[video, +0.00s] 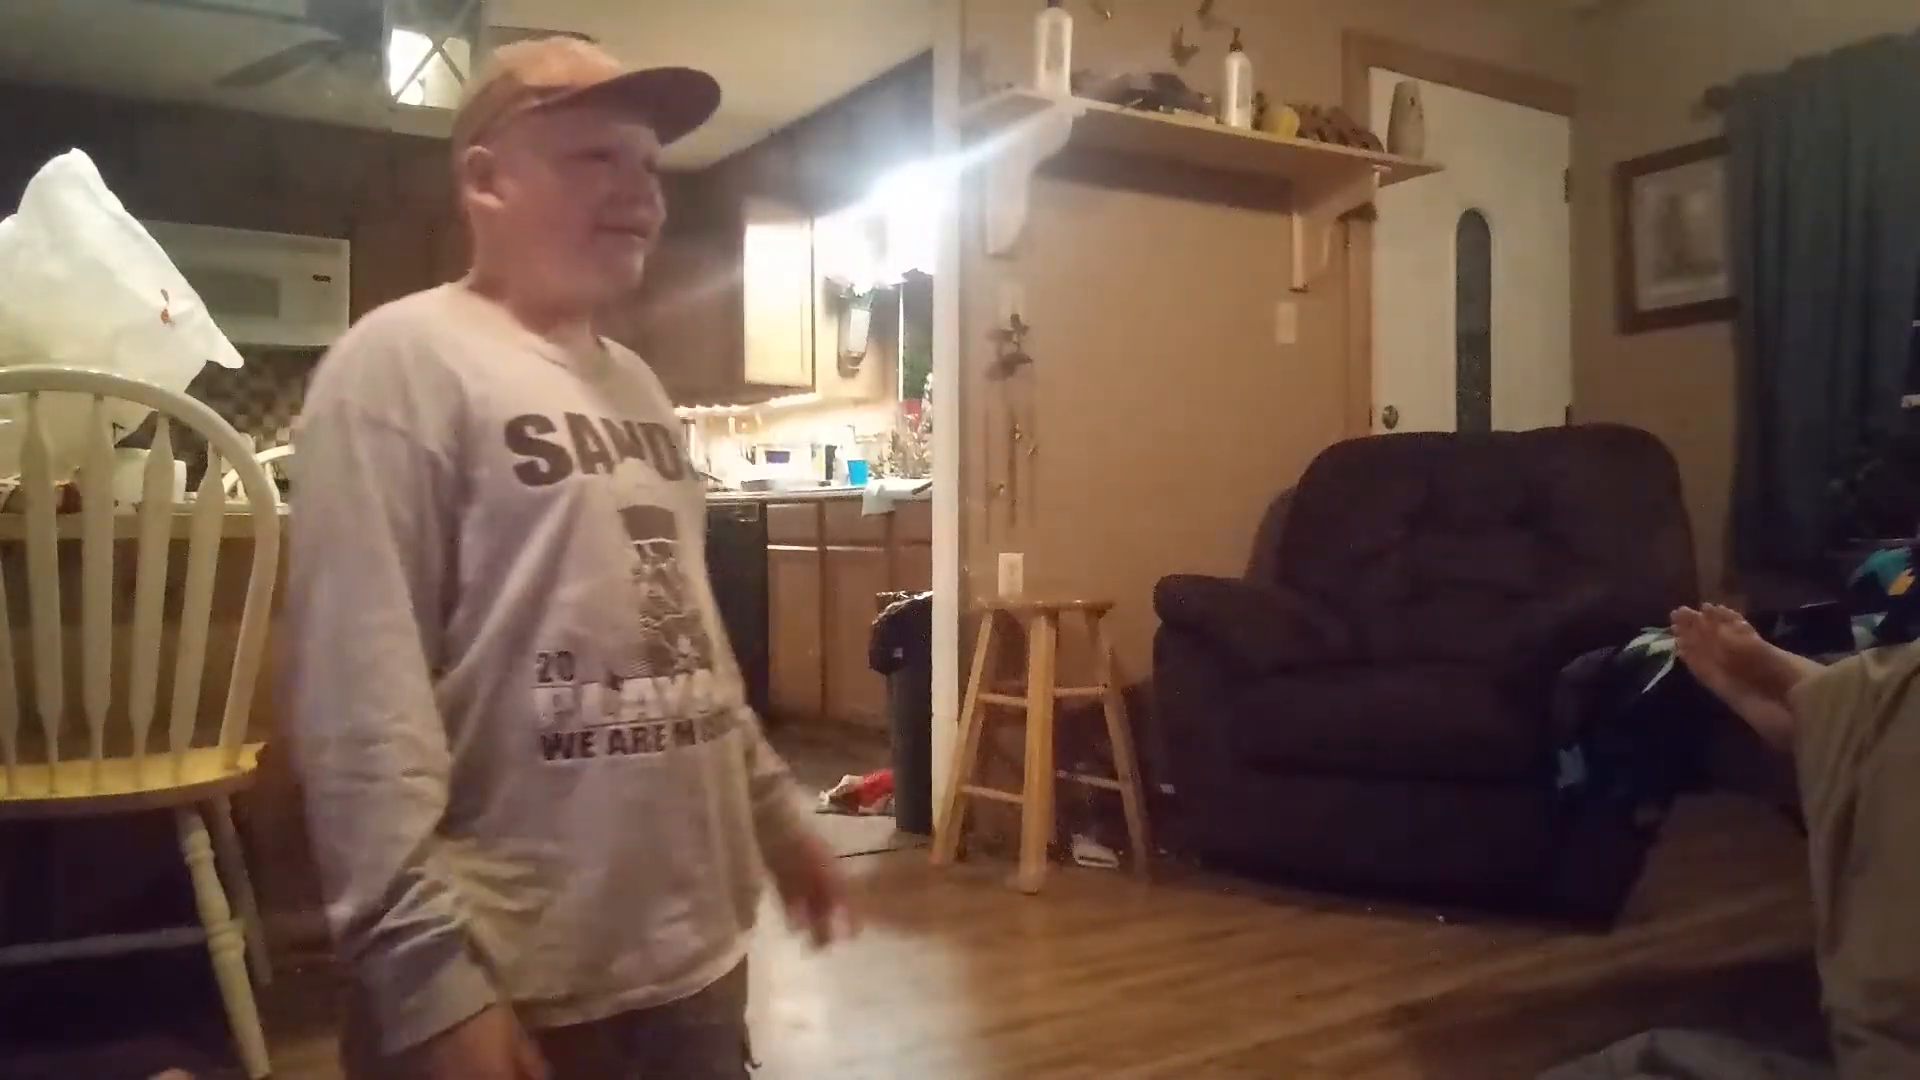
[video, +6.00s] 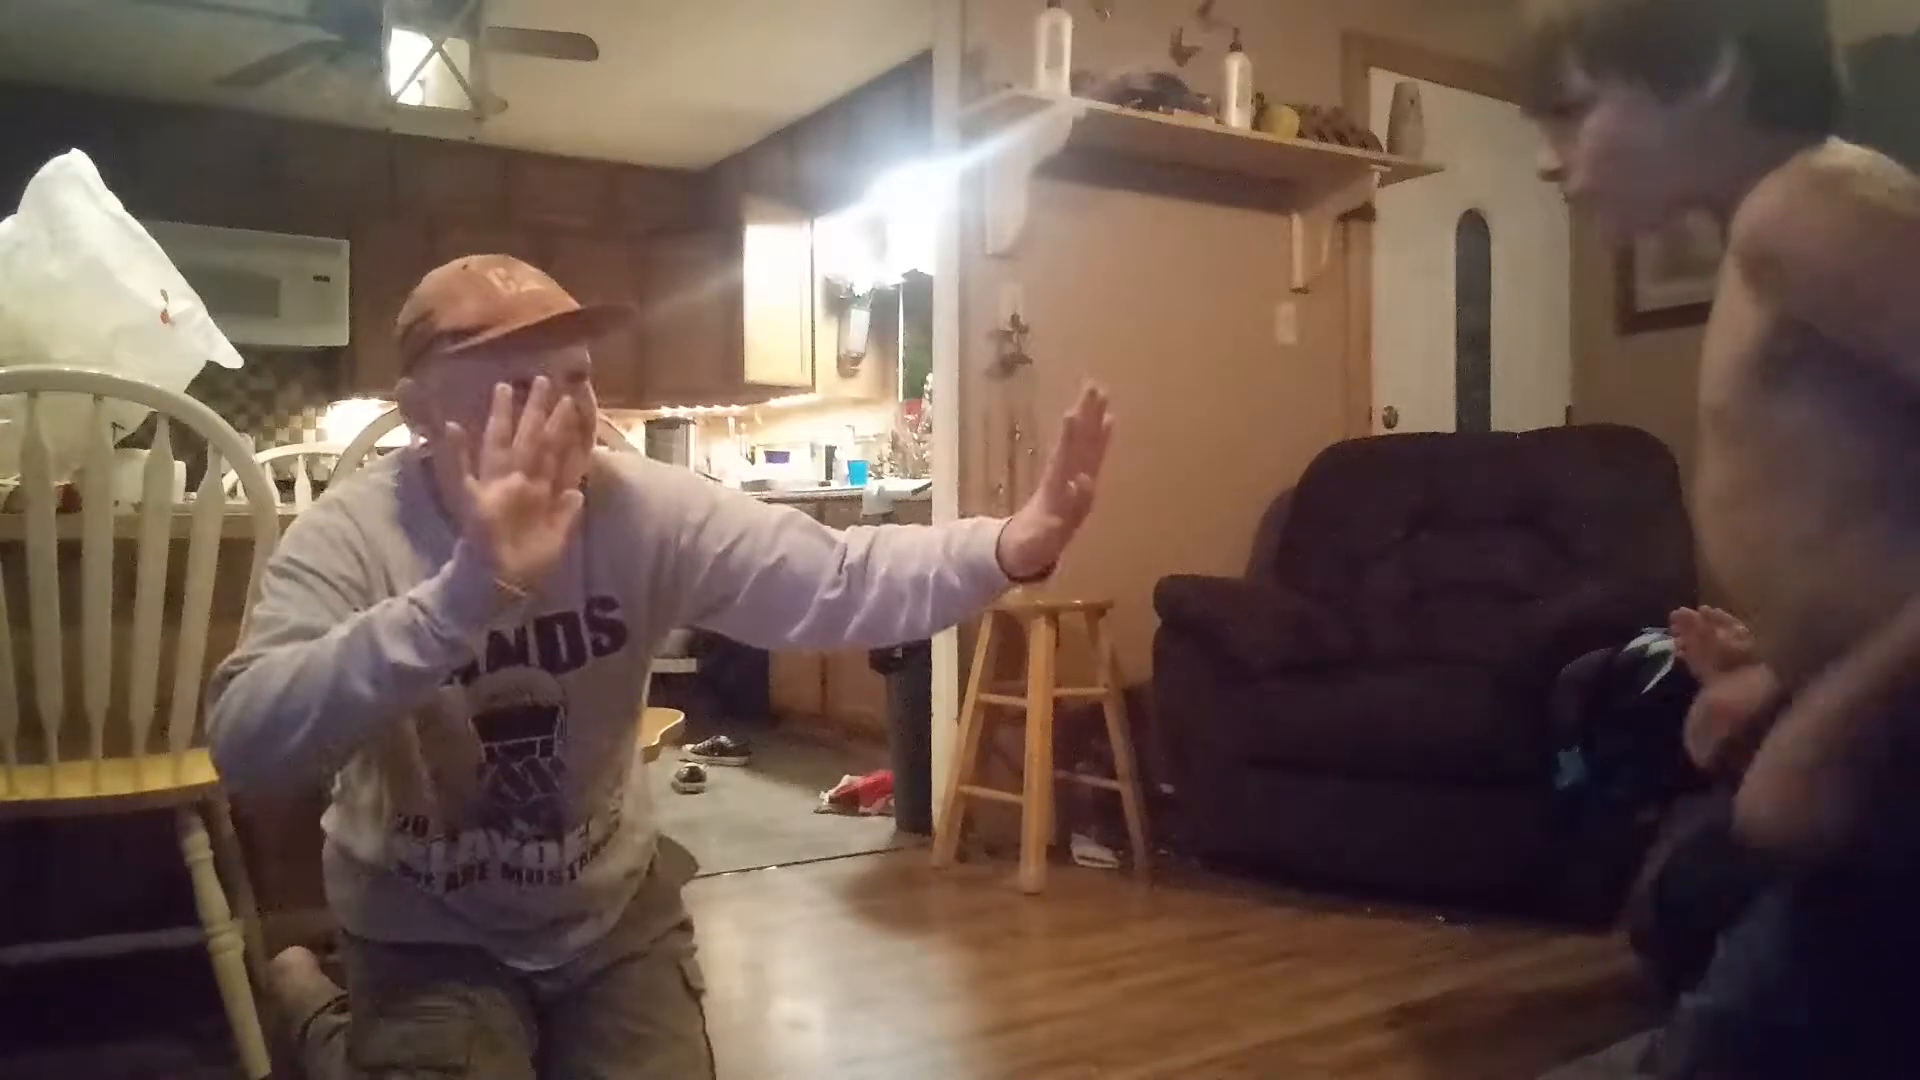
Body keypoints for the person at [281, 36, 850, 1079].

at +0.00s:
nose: (644, 196)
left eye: (652, 168)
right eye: (597, 156)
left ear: (657, 190)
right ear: (484, 177)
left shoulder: (639, 387)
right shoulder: (396, 361)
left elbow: (687, 644)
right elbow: (354, 689)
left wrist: (779, 820)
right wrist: (430, 984)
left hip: (692, 972)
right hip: (503, 995)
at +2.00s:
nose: (706, 223)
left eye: (711, 203)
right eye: (661, 200)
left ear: (723, 230)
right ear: (565, 230)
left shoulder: (726, 410)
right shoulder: (466, 386)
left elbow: (817, 582)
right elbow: (387, 635)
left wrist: (946, 572)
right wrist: (591, 551)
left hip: (682, 935)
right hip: (483, 948)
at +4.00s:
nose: (598, 370)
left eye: (607, 343)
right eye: (557, 349)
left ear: (621, 351)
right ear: (465, 375)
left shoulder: (660, 498)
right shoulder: (356, 527)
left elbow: (844, 539)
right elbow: (192, 747)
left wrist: (1016, 476)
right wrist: (318, 675)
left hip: (604, 919)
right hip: (393, 932)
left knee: (676, 1066)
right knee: (364, 1067)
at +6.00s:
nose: (574, 401)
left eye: (579, 372)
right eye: (531, 378)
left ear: (593, 378)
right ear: (428, 410)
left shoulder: (643, 508)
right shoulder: (349, 535)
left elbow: (833, 577)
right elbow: (248, 744)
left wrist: (1009, 546)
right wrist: (478, 585)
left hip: (611, 915)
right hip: (427, 932)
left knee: (663, 1069)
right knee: (448, 1070)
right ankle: (304, 992)